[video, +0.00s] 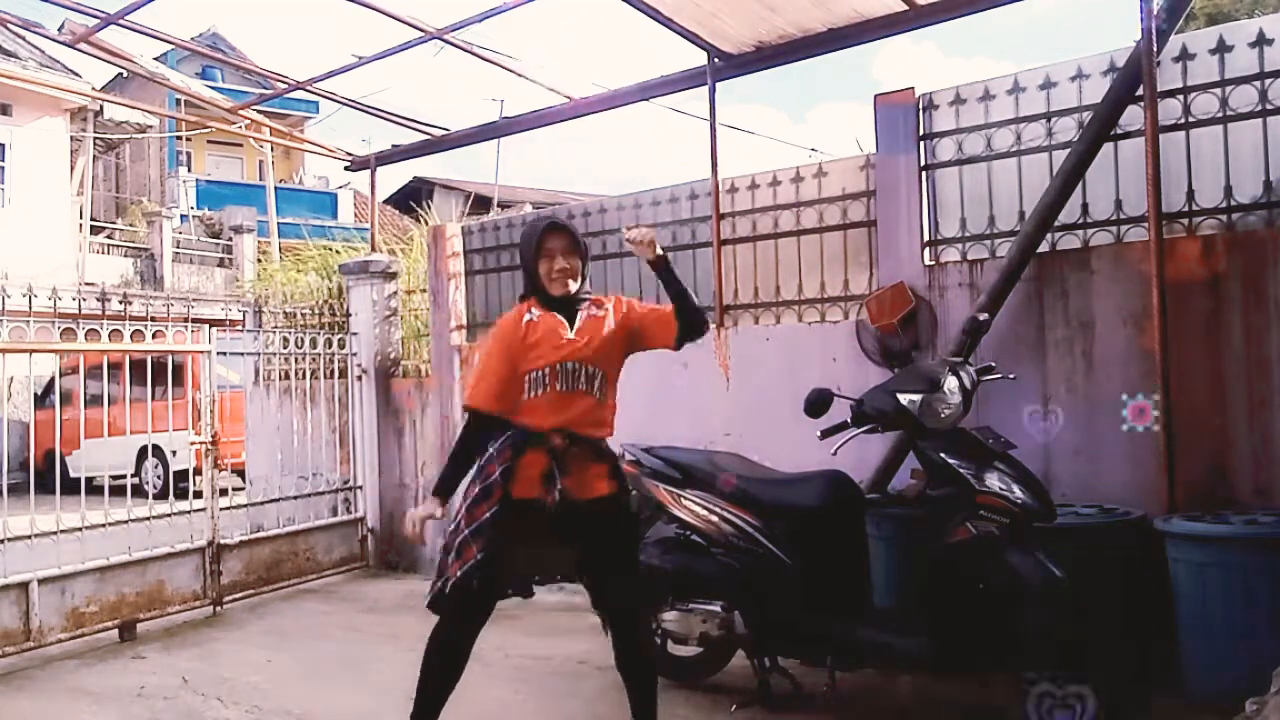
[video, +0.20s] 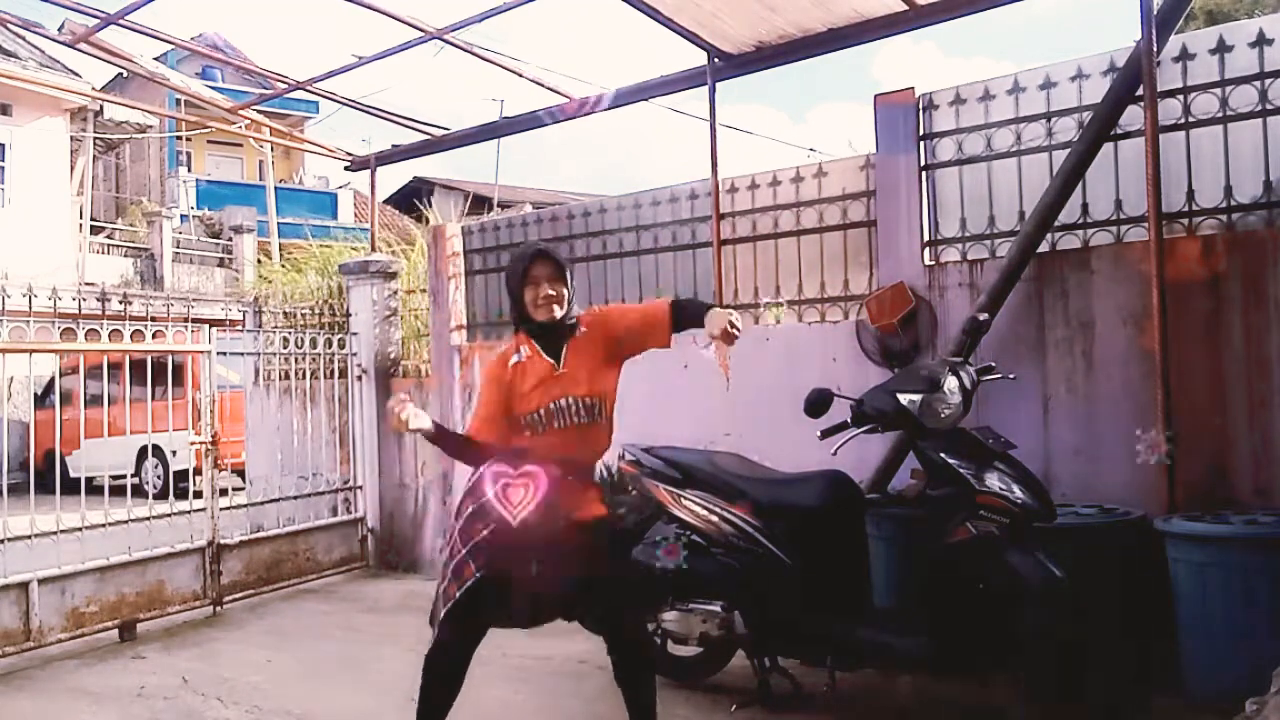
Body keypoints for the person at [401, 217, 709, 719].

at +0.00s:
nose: (560, 264)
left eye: (569, 254)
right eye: (547, 256)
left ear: (582, 260)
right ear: (532, 265)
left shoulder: (615, 315)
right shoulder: (514, 326)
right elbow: (483, 418)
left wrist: (658, 263)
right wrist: (439, 494)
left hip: (593, 489)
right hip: (516, 491)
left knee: (629, 618)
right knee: (461, 616)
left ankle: (645, 714)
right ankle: (422, 714)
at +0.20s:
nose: (547, 292)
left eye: (554, 281)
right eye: (534, 285)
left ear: (568, 287)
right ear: (518, 296)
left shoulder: (601, 329)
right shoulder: (503, 367)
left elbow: (667, 313)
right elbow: (483, 453)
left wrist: (710, 315)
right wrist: (429, 426)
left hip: (590, 519)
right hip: (522, 522)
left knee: (629, 635)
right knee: (457, 627)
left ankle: (643, 717)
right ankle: (428, 716)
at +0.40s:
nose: (511, 270)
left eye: (521, 260)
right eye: (499, 260)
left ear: (535, 267)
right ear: (481, 266)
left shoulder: (552, 328)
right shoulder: (453, 311)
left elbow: (594, 409)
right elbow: (388, 363)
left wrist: (638, 477)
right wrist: (420, 305)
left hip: (563, 486)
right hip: (484, 492)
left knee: (610, 609)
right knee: (439, 624)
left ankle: (638, 712)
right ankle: (420, 716)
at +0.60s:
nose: (510, 286)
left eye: (519, 276)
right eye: (498, 276)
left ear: (531, 284)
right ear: (477, 283)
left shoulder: (544, 345)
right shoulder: (449, 326)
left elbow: (593, 413)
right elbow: (391, 373)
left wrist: (601, 345)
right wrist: (354, 424)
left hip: (550, 474)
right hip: (478, 481)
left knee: (605, 601)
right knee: (446, 620)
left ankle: (636, 712)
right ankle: (422, 714)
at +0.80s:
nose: (537, 282)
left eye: (546, 272)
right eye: (525, 274)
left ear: (560, 278)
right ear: (509, 282)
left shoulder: (593, 321)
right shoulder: (498, 343)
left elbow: (668, 312)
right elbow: (468, 431)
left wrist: (618, 269)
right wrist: (429, 498)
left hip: (578, 508)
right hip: (504, 510)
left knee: (624, 618)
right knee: (454, 629)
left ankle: (639, 715)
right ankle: (427, 717)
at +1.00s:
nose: (552, 271)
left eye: (560, 260)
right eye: (539, 263)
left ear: (574, 265)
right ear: (522, 273)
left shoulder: (606, 316)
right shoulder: (504, 335)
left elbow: (672, 326)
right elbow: (460, 412)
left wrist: (721, 342)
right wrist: (445, 364)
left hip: (587, 486)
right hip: (516, 490)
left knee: (622, 611)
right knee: (470, 615)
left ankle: (639, 712)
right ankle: (437, 714)